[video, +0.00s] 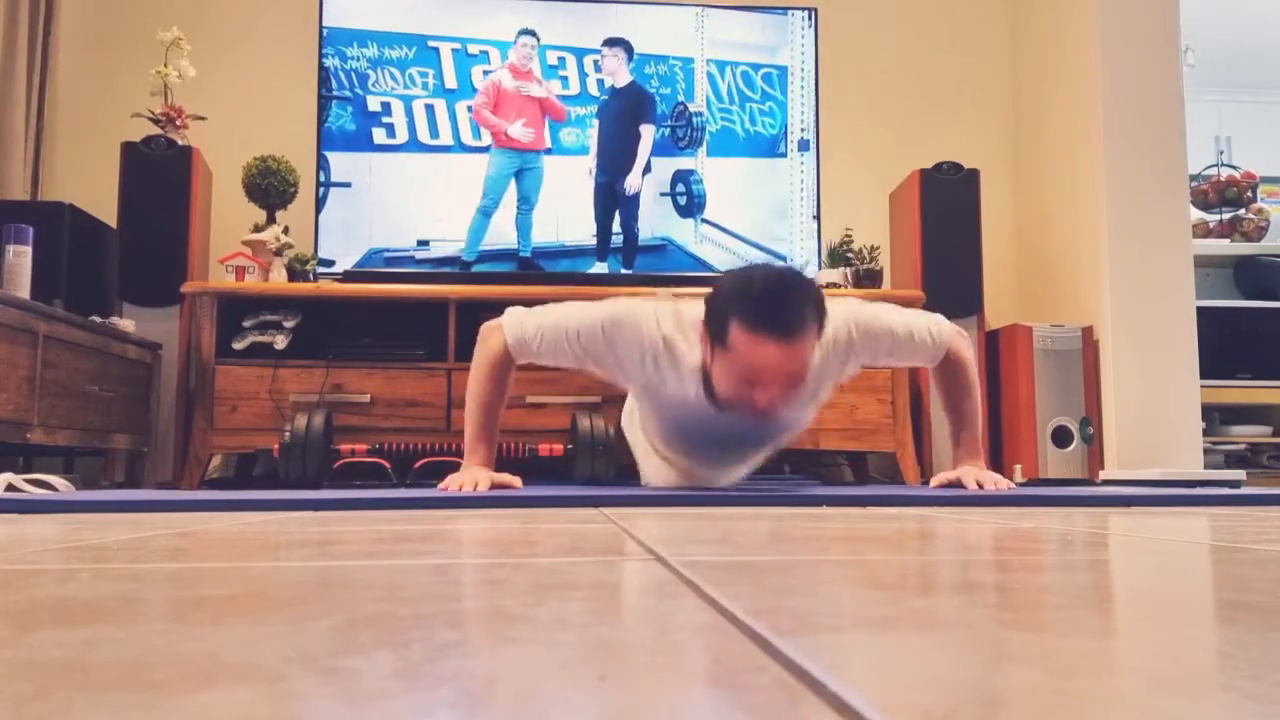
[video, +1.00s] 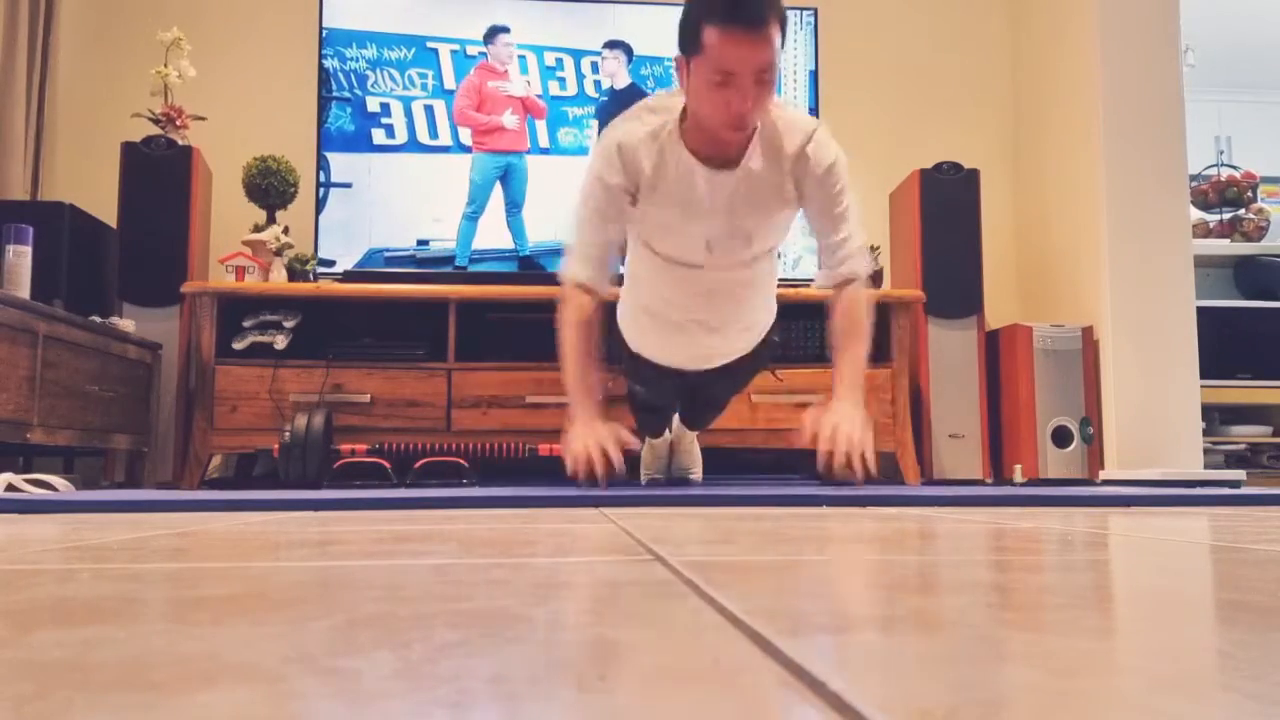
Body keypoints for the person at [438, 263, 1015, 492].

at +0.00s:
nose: (770, 397)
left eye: (787, 380)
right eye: (751, 379)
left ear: (815, 349)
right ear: (709, 348)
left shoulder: (842, 332)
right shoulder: (642, 335)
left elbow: (950, 344)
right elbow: (497, 338)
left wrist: (971, 458)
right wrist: (473, 460)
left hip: (740, 478)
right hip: (640, 466)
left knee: (721, 580)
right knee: (627, 577)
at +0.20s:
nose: (748, 226)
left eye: (766, 208)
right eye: (732, 203)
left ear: (788, 199)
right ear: (694, 189)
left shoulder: (826, 240)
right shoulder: (625, 234)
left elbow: (913, 338)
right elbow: (523, 335)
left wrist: (965, 458)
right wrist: (480, 461)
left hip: (742, 386)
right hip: (648, 380)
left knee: (710, 425)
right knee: (649, 421)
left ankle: (683, 450)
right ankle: (652, 454)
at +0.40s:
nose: (752, 181)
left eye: (771, 158)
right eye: (733, 159)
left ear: (789, 145)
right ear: (693, 140)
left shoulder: (815, 189)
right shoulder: (638, 191)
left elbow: (851, 334)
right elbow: (575, 333)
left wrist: (848, 460)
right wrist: (595, 462)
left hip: (743, 346)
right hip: (649, 346)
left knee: (701, 410)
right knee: (650, 408)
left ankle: (682, 436)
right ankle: (656, 441)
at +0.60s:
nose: (755, 437)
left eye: (777, 419)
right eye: (738, 420)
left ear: (804, 382)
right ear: (696, 382)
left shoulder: (830, 352)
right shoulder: (640, 356)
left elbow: (912, 373)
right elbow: (537, 365)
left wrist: (857, 463)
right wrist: (587, 464)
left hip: (748, 483)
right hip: (650, 481)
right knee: (653, 587)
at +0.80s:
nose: (758, 327)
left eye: (776, 308)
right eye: (741, 306)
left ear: (799, 289)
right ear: (698, 281)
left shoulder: (828, 297)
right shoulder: (631, 292)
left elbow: (908, 370)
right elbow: (535, 362)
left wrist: (856, 463)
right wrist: (588, 462)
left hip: (747, 444)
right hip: (634, 442)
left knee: (740, 571)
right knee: (626, 567)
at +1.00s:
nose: (745, 104)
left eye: (763, 79)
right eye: (723, 81)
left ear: (777, 71)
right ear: (683, 70)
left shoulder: (807, 148)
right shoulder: (628, 144)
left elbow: (851, 277)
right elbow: (582, 284)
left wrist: (849, 400)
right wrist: (583, 417)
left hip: (746, 305)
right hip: (652, 300)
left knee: (707, 404)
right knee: (652, 399)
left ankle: (685, 433)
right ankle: (656, 439)